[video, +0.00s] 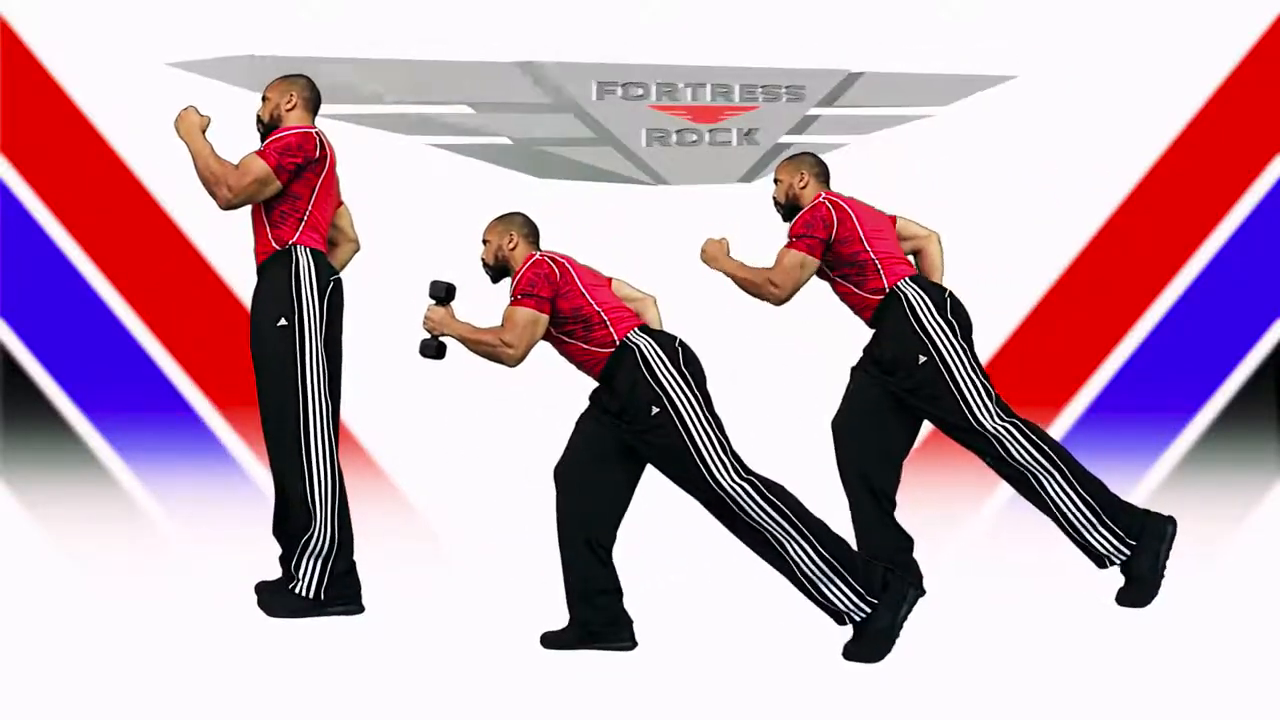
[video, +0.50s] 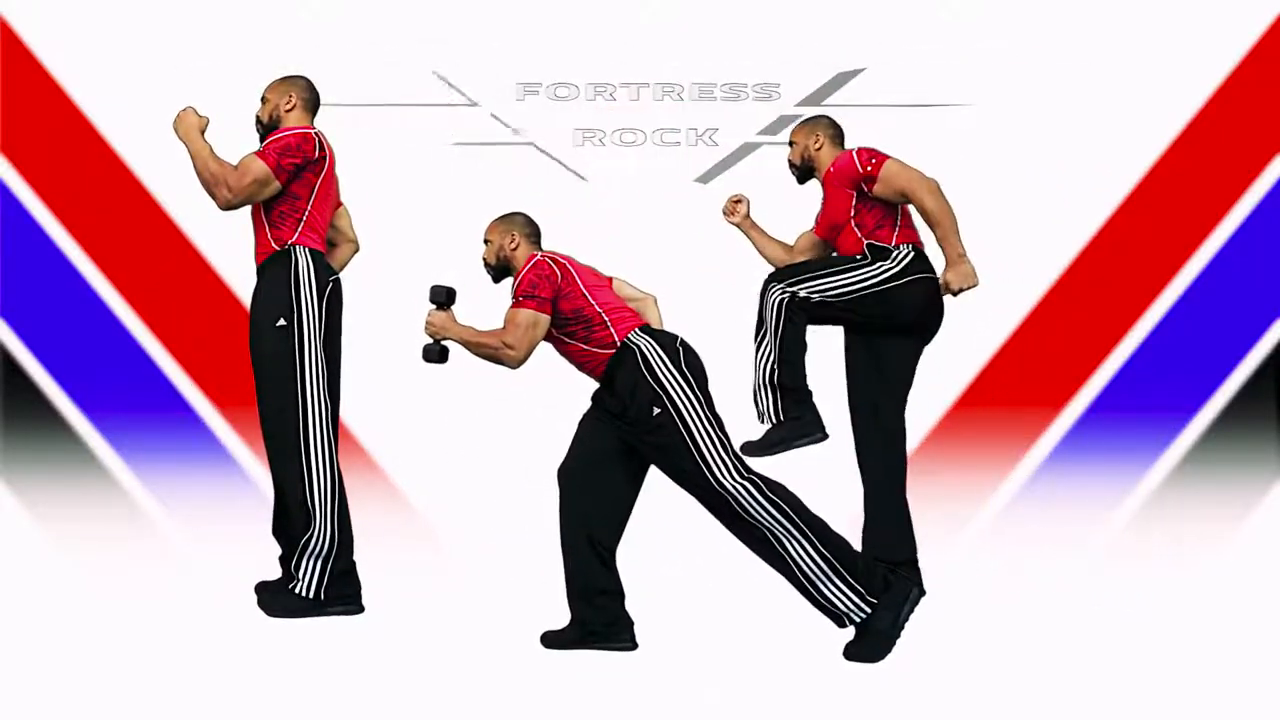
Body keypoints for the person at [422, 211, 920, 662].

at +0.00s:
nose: (483, 253)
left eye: (489, 243)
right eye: (484, 245)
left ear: (516, 239)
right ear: (523, 243)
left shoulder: (537, 270)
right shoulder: (565, 271)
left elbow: (510, 348)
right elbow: (643, 302)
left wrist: (447, 324)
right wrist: (653, 369)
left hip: (648, 367)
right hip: (625, 384)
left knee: (731, 489)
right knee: (580, 484)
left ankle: (872, 599)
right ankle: (600, 622)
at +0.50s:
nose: (484, 253)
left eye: (489, 243)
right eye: (485, 246)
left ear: (517, 239)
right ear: (524, 243)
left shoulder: (538, 270)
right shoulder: (564, 271)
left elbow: (511, 349)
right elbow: (643, 300)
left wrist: (448, 329)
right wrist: (661, 369)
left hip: (649, 366)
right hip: (626, 383)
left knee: (734, 491)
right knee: (584, 488)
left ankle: (873, 598)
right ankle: (601, 622)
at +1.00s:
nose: (511, 208)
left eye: (516, 198)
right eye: (511, 200)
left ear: (540, 196)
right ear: (542, 197)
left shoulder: (567, 222)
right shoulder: (559, 246)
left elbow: (599, 277)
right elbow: (583, 340)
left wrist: (549, 339)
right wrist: (549, 358)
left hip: (624, 341)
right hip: (607, 353)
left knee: (556, 455)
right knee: (588, 481)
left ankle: (663, 557)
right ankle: (600, 620)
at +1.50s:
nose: (536, 186)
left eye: (542, 176)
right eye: (537, 178)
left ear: (568, 175)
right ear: (568, 177)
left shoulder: (591, 205)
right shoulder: (571, 236)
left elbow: (644, 257)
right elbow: (554, 307)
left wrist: (631, 329)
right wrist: (500, 274)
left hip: (600, 323)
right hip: (606, 342)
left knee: (488, 353)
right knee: (580, 489)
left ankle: (498, 482)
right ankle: (602, 621)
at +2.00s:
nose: (517, 202)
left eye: (521, 192)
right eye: (516, 194)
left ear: (546, 188)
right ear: (549, 190)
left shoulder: (575, 220)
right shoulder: (559, 241)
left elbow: (587, 287)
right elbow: (595, 326)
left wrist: (517, 325)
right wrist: (551, 355)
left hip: (622, 341)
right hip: (598, 355)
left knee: (601, 470)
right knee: (577, 480)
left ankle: (733, 558)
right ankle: (602, 619)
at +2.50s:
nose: (493, 243)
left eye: (499, 232)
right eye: (494, 234)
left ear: (526, 226)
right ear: (533, 232)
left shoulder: (549, 254)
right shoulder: (569, 260)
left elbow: (513, 328)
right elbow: (645, 301)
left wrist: (457, 299)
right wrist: (662, 364)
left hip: (649, 358)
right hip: (626, 374)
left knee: (725, 479)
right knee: (583, 487)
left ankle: (857, 596)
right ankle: (603, 623)